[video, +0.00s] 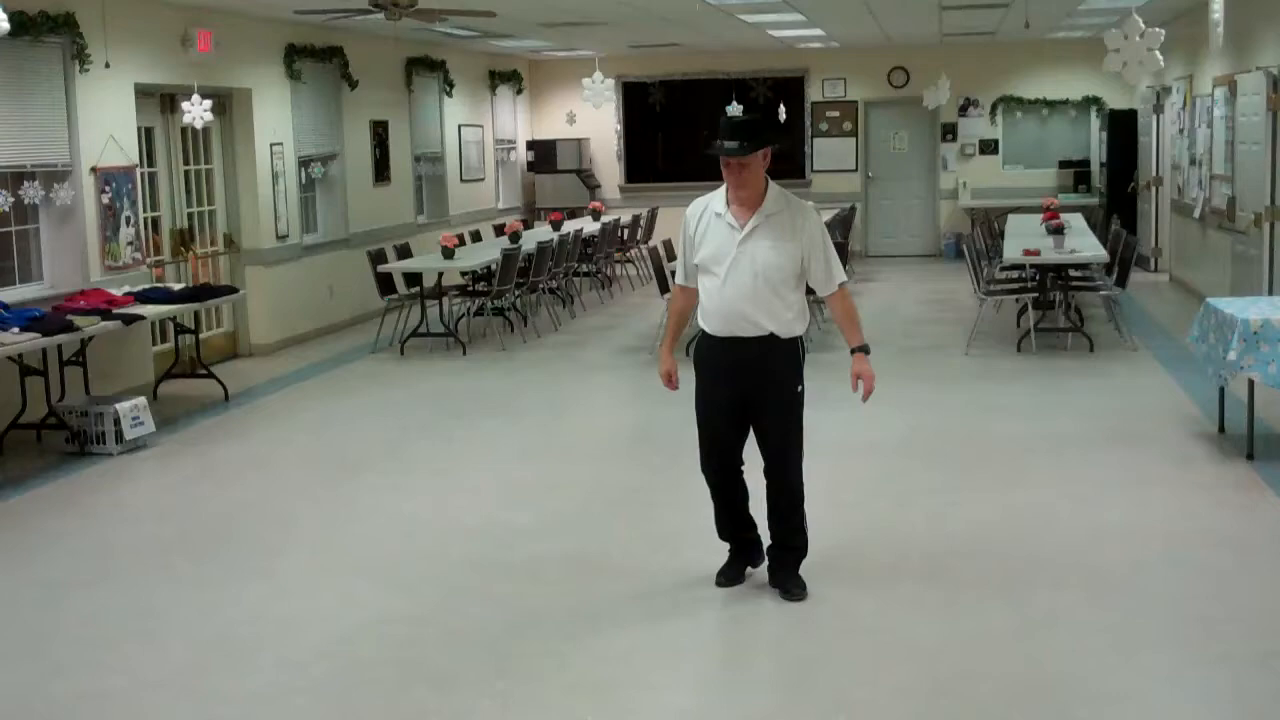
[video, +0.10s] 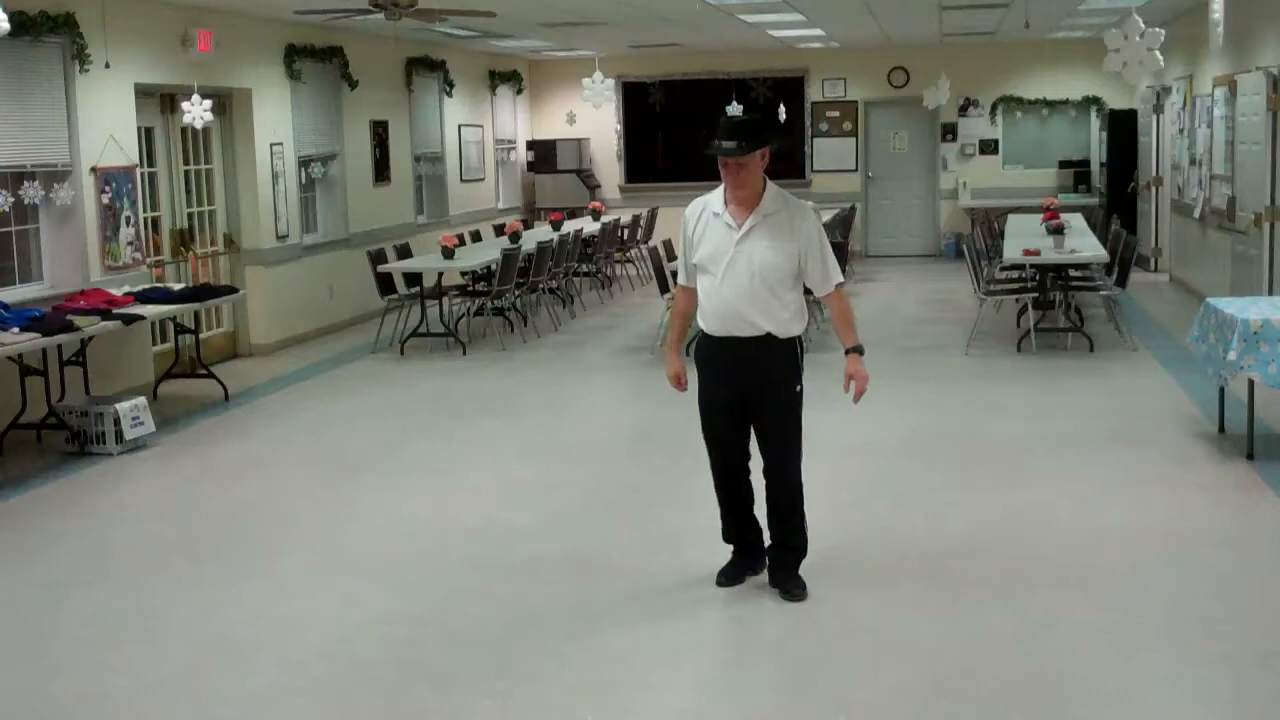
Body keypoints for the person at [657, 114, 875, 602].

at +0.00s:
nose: (731, 169)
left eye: (742, 160)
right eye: (725, 160)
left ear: (765, 156)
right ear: (718, 160)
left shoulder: (800, 216)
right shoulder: (699, 214)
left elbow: (834, 289)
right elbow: (686, 287)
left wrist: (860, 352)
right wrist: (667, 347)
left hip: (777, 356)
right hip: (716, 356)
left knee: (783, 468)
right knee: (717, 464)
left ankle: (787, 565)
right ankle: (742, 547)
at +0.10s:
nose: (728, 170)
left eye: (739, 161)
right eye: (722, 161)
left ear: (764, 156)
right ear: (716, 160)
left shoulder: (798, 216)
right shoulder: (698, 214)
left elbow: (831, 290)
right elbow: (687, 287)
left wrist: (854, 352)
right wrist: (672, 349)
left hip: (776, 356)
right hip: (716, 355)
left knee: (782, 467)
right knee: (726, 465)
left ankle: (787, 565)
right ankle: (746, 551)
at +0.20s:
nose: (725, 169)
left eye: (736, 160)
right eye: (719, 159)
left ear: (761, 154)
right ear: (712, 158)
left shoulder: (794, 214)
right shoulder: (695, 212)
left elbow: (822, 288)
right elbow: (686, 285)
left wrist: (843, 351)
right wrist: (676, 348)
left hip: (773, 352)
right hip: (715, 352)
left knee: (779, 465)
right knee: (732, 463)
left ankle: (786, 565)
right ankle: (746, 552)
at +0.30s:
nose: (721, 171)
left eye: (731, 162)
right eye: (715, 162)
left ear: (755, 157)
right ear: (708, 162)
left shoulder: (791, 214)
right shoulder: (692, 214)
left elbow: (816, 288)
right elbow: (682, 286)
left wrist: (832, 352)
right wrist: (674, 346)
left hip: (771, 353)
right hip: (713, 352)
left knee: (776, 462)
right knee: (731, 461)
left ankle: (786, 563)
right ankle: (746, 552)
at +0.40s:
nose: (716, 175)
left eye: (726, 165)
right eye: (710, 166)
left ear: (750, 160)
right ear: (703, 165)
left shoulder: (787, 217)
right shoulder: (690, 217)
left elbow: (811, 292)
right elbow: (677, 291)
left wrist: (822, 357)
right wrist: (667, 351)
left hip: (766, 352)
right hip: (709, 352)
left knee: (763, 460)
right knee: (727, 459)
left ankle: (785, 560)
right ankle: (745, 551)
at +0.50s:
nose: (713, 181)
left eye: (723, 171)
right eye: (707, 172)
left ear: (746, 165)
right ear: (701, 171)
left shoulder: (785, 220)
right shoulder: (688, 221)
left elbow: (807, 296)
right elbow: (673, 295)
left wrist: (811, 363)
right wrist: (660, 357)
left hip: (763, 355)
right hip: (706, 355)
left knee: (756, 460)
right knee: (721, 461)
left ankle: (775, 558)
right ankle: (744, 550)